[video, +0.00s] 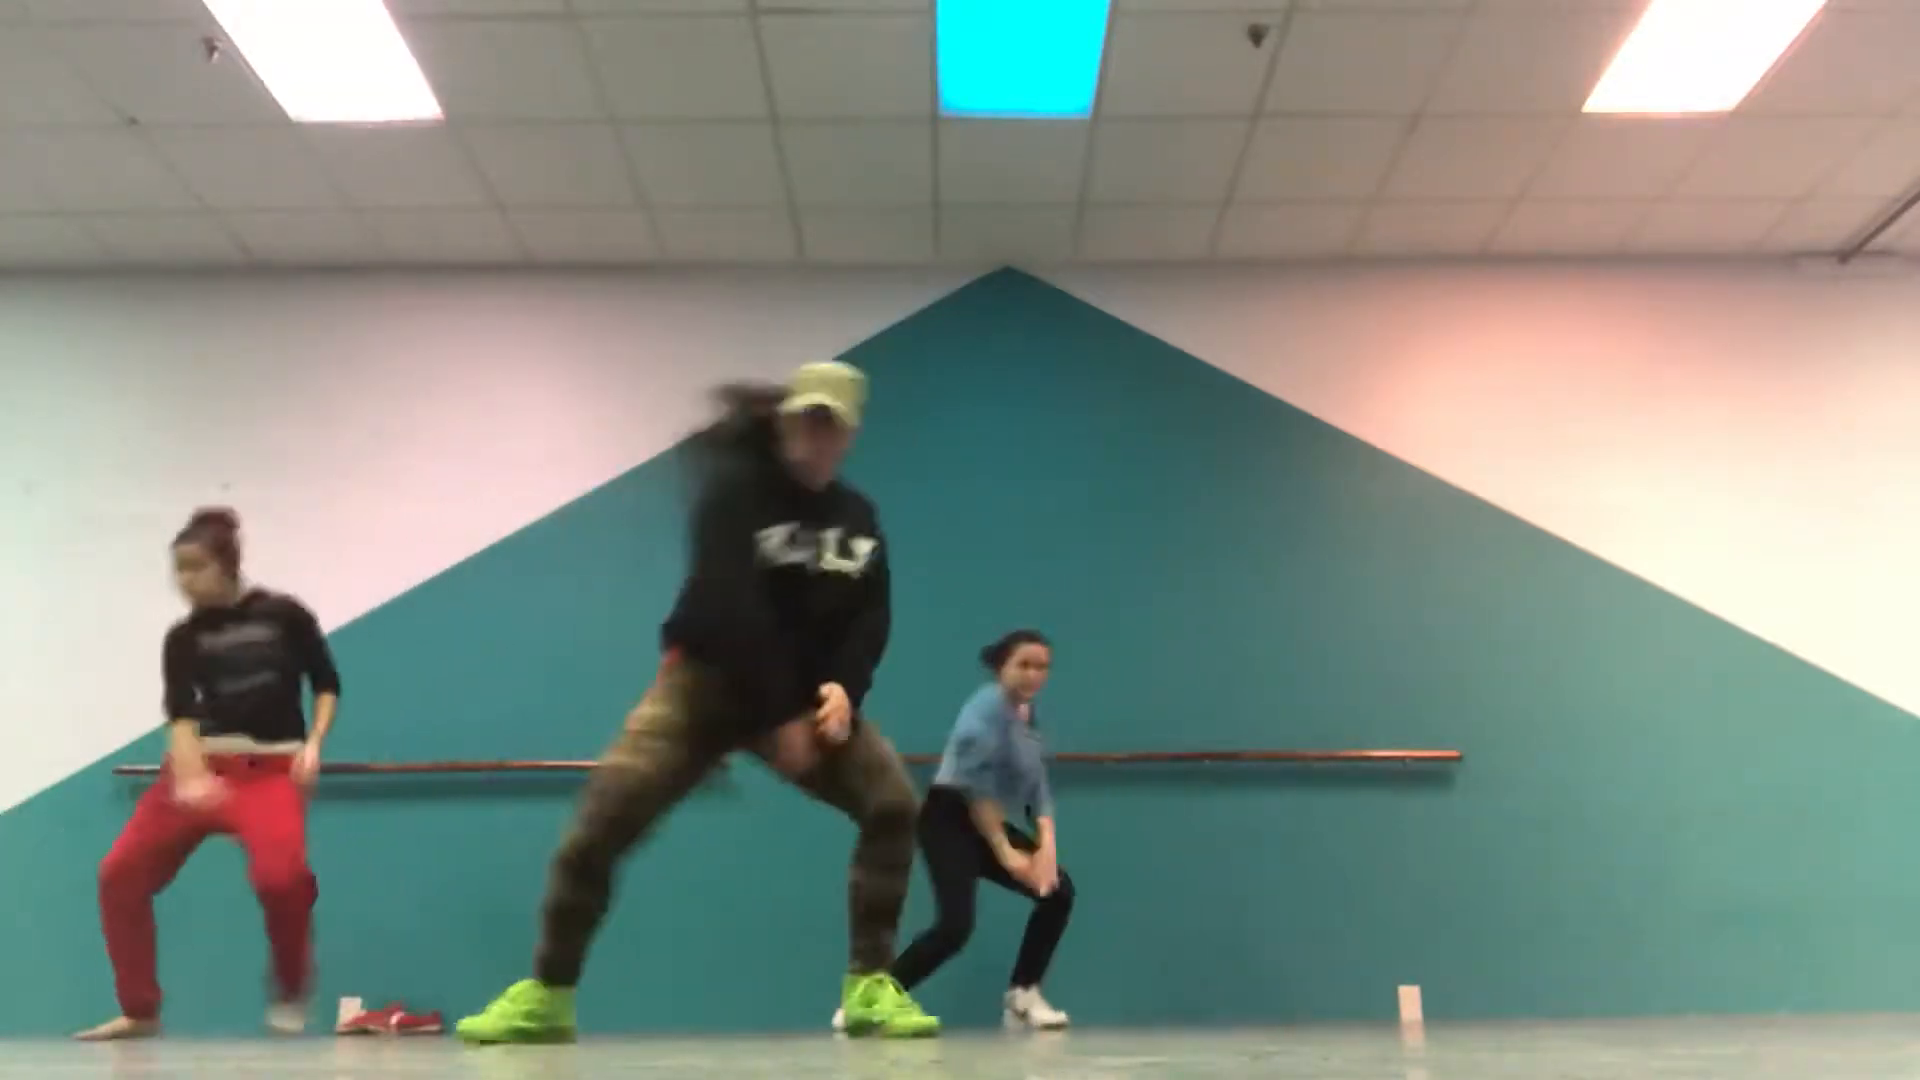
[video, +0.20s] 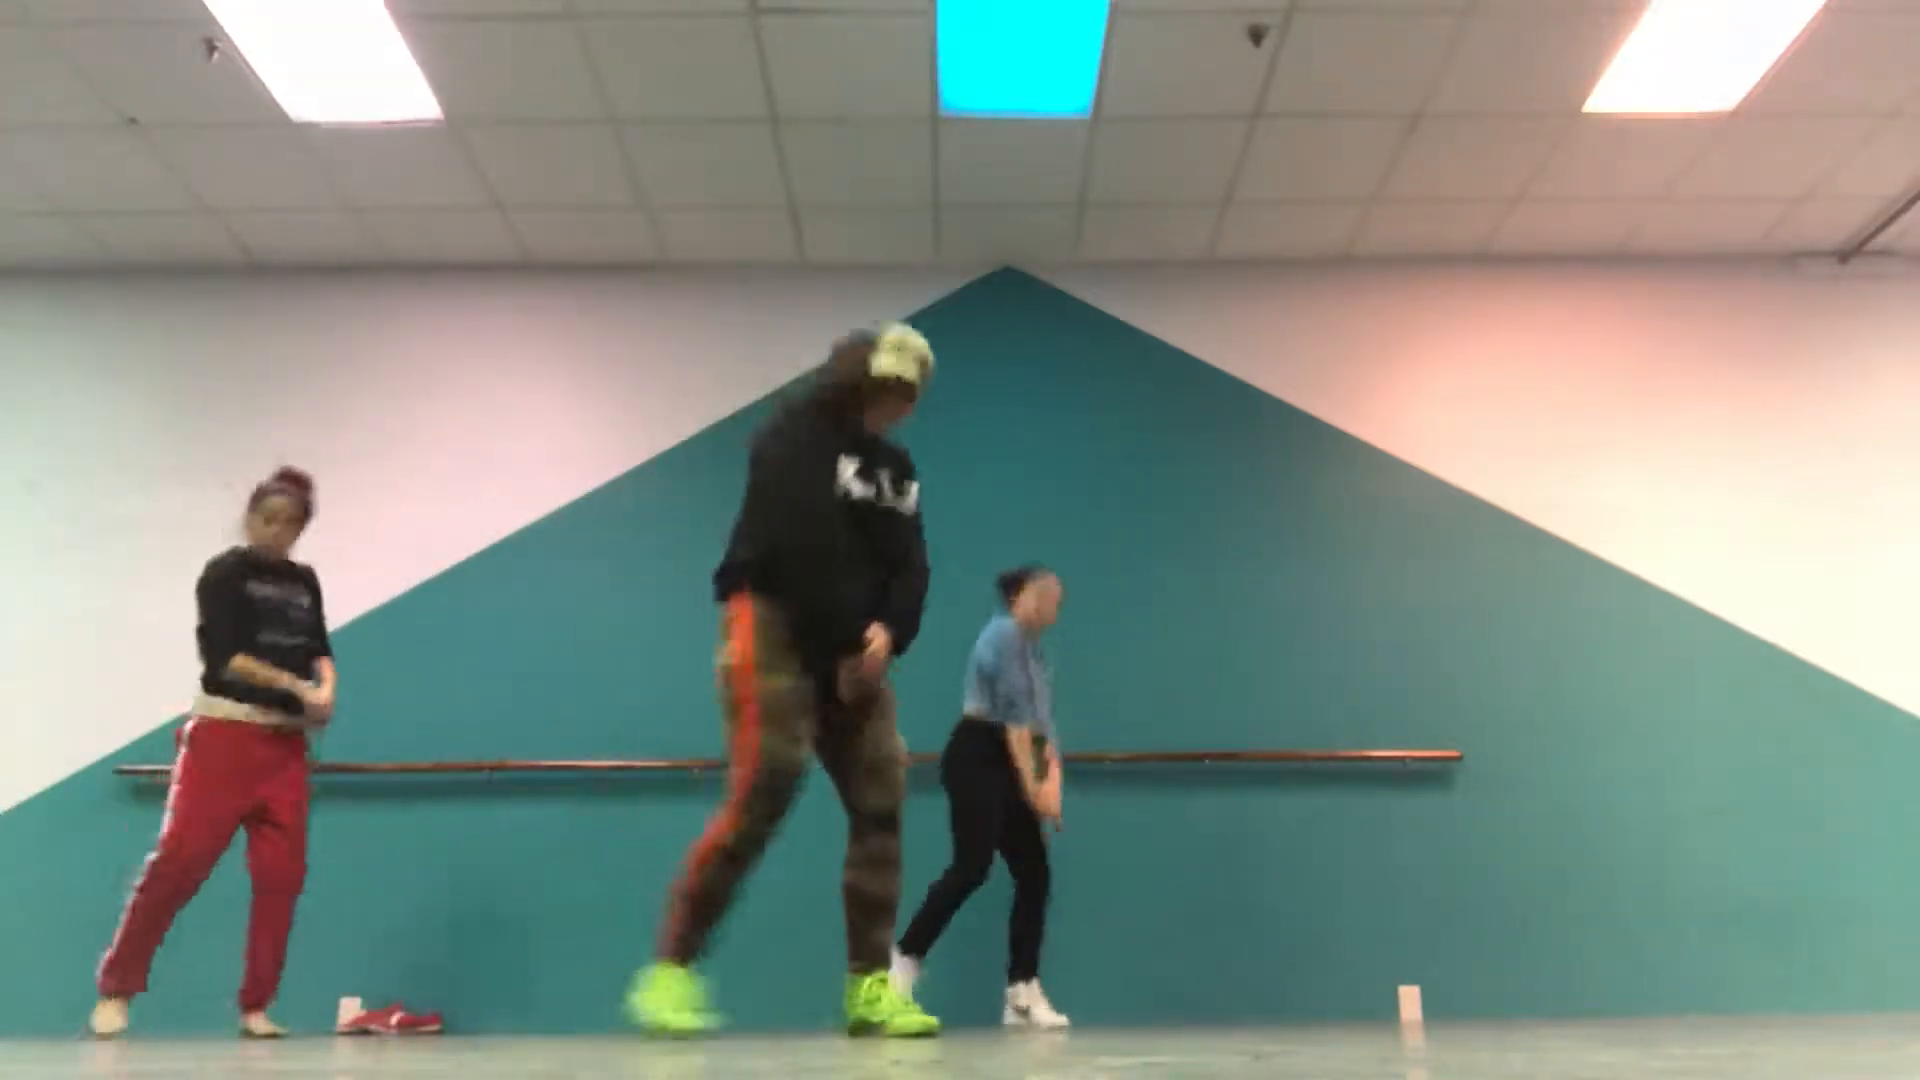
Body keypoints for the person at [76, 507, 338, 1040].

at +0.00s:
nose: (184, 579)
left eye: (194, 566)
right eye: (179, 567)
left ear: (227, 563)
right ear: (178, 570)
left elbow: (327, 684)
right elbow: (181, 716)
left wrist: (313, 745)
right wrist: (189, 775)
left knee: (282, 879)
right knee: (121, 874)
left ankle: (290, 995)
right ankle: (139, 1012)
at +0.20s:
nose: (274, 531)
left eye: (288, 522)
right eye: (267, 517)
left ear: (301, 527)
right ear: (250, 516)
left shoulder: (305, 581)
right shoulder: (224, 574)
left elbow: (319, 654)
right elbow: (223, 661)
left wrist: (324, 690)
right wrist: (296, 686)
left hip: (283, 745)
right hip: (221, 739)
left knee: (280, 876)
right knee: (180, 864)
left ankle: (256, 1007)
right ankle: (116, 991)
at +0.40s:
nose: (311, 533)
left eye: (311, 525)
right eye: (302, 523)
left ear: (287, 533)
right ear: (268, 528)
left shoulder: (287, 595)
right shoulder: (246, 581)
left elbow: (309, 663)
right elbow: (267, 667)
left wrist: (337, 694)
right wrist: (320, 698)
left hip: (258, 751)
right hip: (215, 744)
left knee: (284, 876)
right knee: (209, 875)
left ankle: (243, 1014)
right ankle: (141, 1014)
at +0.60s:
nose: (326, 535)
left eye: (325, 526)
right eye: (316, 526)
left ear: (296, 532)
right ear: (287, 531)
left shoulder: (293, 591)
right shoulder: (272, 584)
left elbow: (284, 684)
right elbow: (267, 680)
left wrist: (310, 757)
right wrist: (307, 750)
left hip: (279, 741)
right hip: (245, 735)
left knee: (282, 874)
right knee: (238, 867)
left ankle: (204, 1005)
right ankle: (142, 992)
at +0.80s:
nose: (347, 534)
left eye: (346, 524)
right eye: (338, 523)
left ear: (312, 530)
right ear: (307, 527)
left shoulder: (307, 583)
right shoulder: (292, 576)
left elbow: (296, 663)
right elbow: (289, 649)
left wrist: (337, 697)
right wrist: (351, 673)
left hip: (275, 729)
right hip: (278, 726)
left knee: (272, 884)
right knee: (341, 836)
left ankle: (200, 1006)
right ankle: (206, 862)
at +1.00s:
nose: (375, 537)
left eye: (374, 526)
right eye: (368, 526)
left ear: (339, 529)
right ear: (341, 526)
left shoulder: (342, 580)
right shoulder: (326, 576)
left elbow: (377, 653)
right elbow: (366, 651)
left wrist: (418, 702)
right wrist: (419, 700)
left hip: (287, 716)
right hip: (304, 716)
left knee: (295, 865)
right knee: (344, 839)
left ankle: (244, 996)